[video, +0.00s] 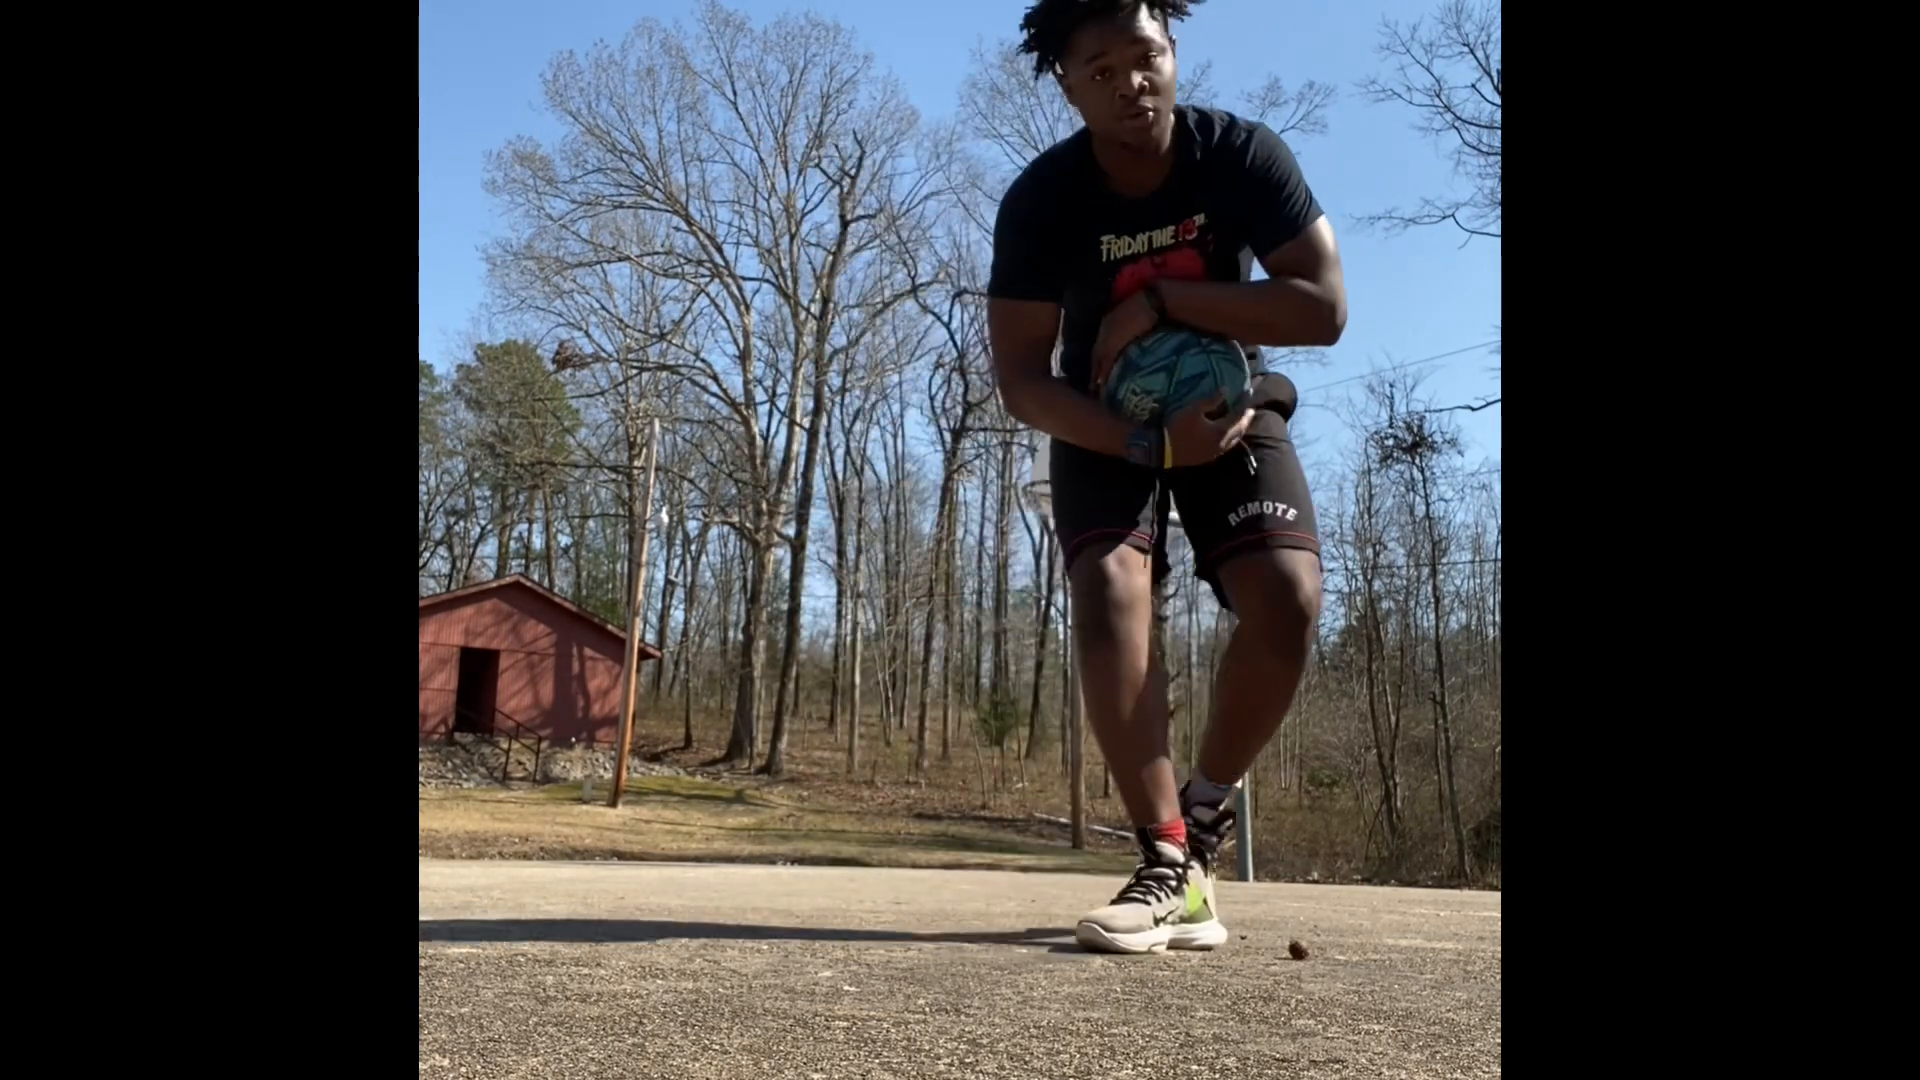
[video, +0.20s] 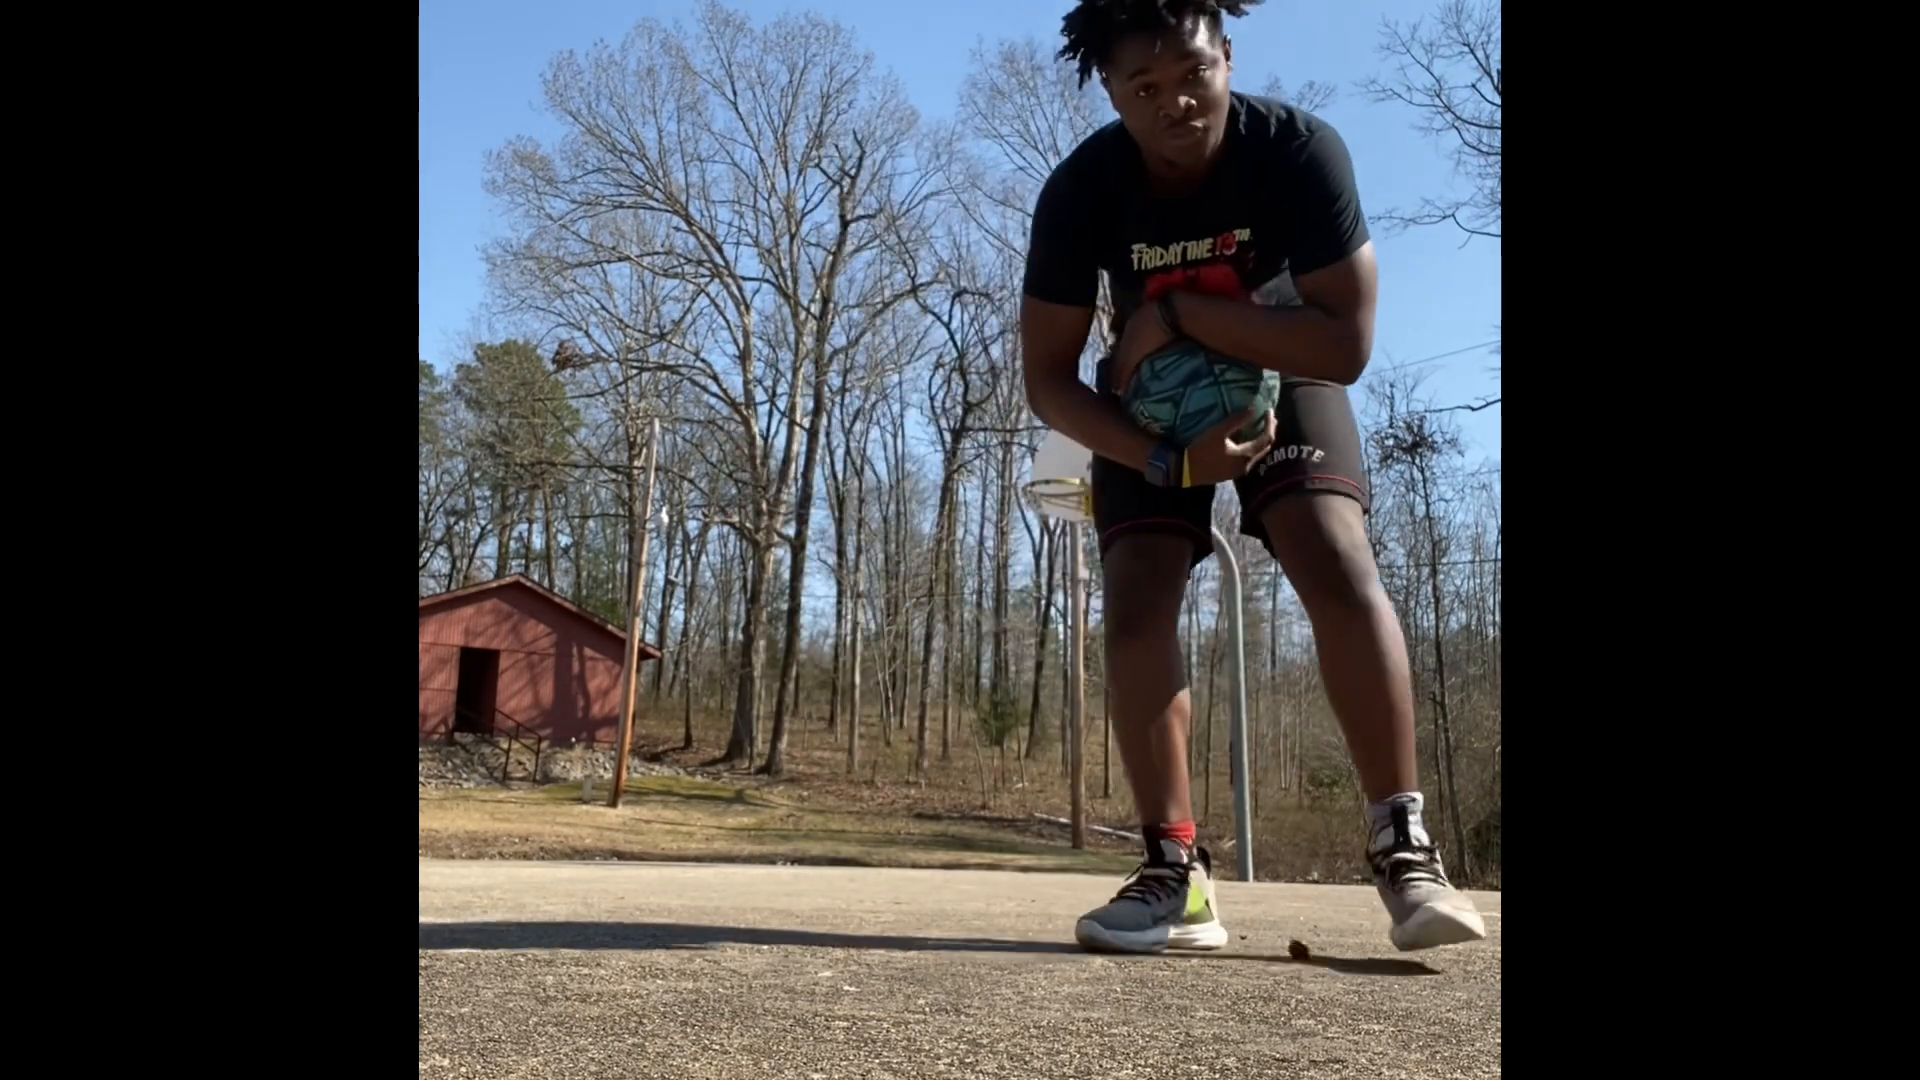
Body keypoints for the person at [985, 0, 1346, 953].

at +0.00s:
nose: (1130, 85)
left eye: (1144, 59)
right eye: (1102, 71)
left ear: (1173, 54)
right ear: (1067, 82)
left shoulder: (1245, 155)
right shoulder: (1039, 201)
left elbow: (1323, 312)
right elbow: (1020, 377)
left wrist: (1156, 298)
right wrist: (1150, 445)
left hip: (1232, 394)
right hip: (1097, 408)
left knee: (1288, 597)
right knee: (1108, 586)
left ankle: (1203, 809)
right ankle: (1167, 867)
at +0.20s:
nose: (1176, 102)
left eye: (1192, 73)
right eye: (1145, 87)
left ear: (1225, 53)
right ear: (1109, 90)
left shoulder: (1299, 151)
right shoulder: (1078, 194)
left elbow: (1343, 347)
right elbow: (1045, 379)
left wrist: (1172, 310)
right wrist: (1164, 460)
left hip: (1281, 372)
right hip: (1141, 389)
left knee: (1335, 559)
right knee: (1135, 599)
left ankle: (1405, 856)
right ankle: (1174, 876)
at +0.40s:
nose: (1233, 133)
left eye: (1255, 102)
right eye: (1203, 110)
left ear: (1295, 79)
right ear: (1166, 100)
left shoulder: (1361, 163)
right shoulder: (1139, 202)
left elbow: (1394, 375)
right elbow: (1097, 402)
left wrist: (1220, 330)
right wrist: (1217, 470)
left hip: (1362, 380)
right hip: (1221, 390)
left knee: (1406, 563)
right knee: (1176, 599)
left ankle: (1468, 882)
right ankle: (1180, 876)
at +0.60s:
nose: (1243, 140)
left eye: (1261, 106)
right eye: (1209, 119)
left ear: (1300, 70)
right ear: (1171, 111)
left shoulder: (1385, 139)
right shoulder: (1156, 201)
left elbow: (1422, 363)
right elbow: (1143, 405)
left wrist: (1246, 343)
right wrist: (1292, 447)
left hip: (1403, 351)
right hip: (1262, 368)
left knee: (1441, 569)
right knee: (1206, 600)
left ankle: (1474, 884)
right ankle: (1181, 873)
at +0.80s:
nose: (1208, 126)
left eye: (1219, 89)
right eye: (1172, 114)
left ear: (1256, 56)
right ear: (1142, 120)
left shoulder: (1363, 134)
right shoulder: (1139, 211)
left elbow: (1400, 362)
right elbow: (1133, 409)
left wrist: (1228, 333)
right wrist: (1272, 450)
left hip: (1400, 337)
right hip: (1258, 366)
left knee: (1442, 564)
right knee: (1202, 594)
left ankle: (1476, 880)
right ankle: (1179, 870)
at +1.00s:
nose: (1152, 146)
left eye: (1161, 109)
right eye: (1116, 135)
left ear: (1200, 78)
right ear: (1091, 147)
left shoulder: (1319, 148)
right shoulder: (1104, 231)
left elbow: (1370, 369)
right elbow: (1112, 420)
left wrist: (1200, 334)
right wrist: (1247, 460)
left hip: (1374, 346)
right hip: (1229, 371)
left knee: (1416, 570)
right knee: (1173, 596)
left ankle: (1467, 879)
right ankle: (1178, 873)